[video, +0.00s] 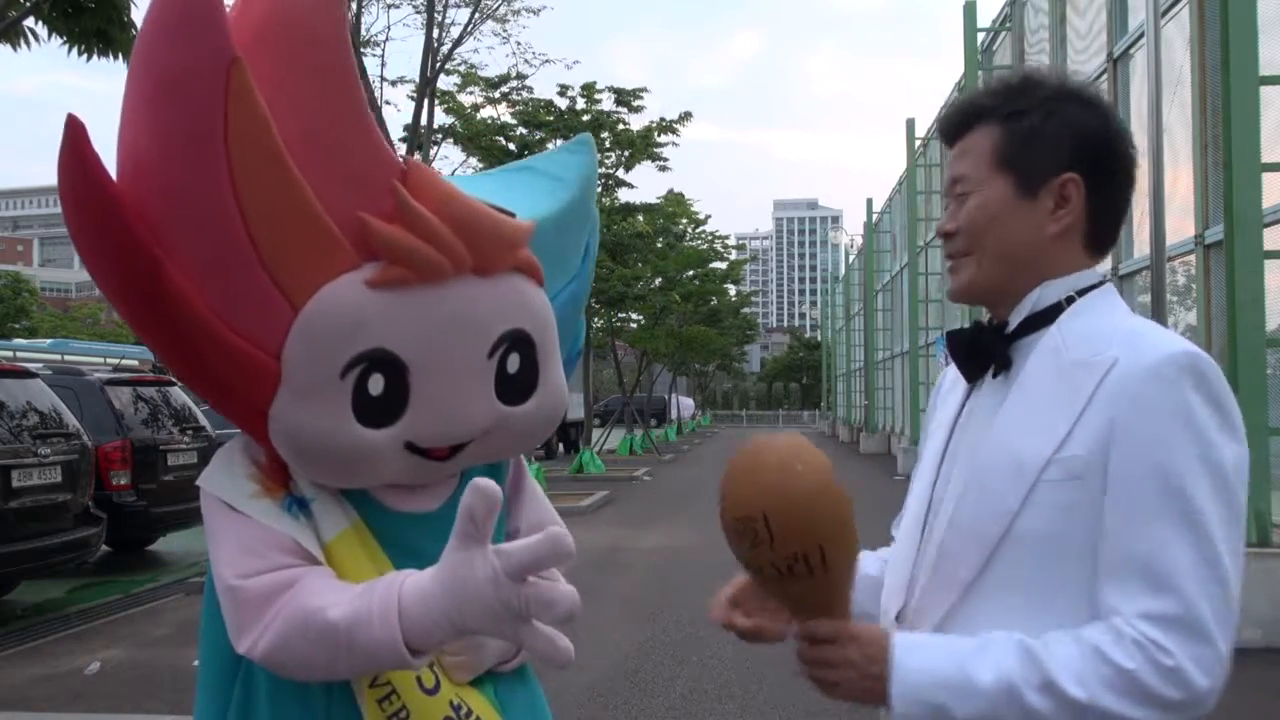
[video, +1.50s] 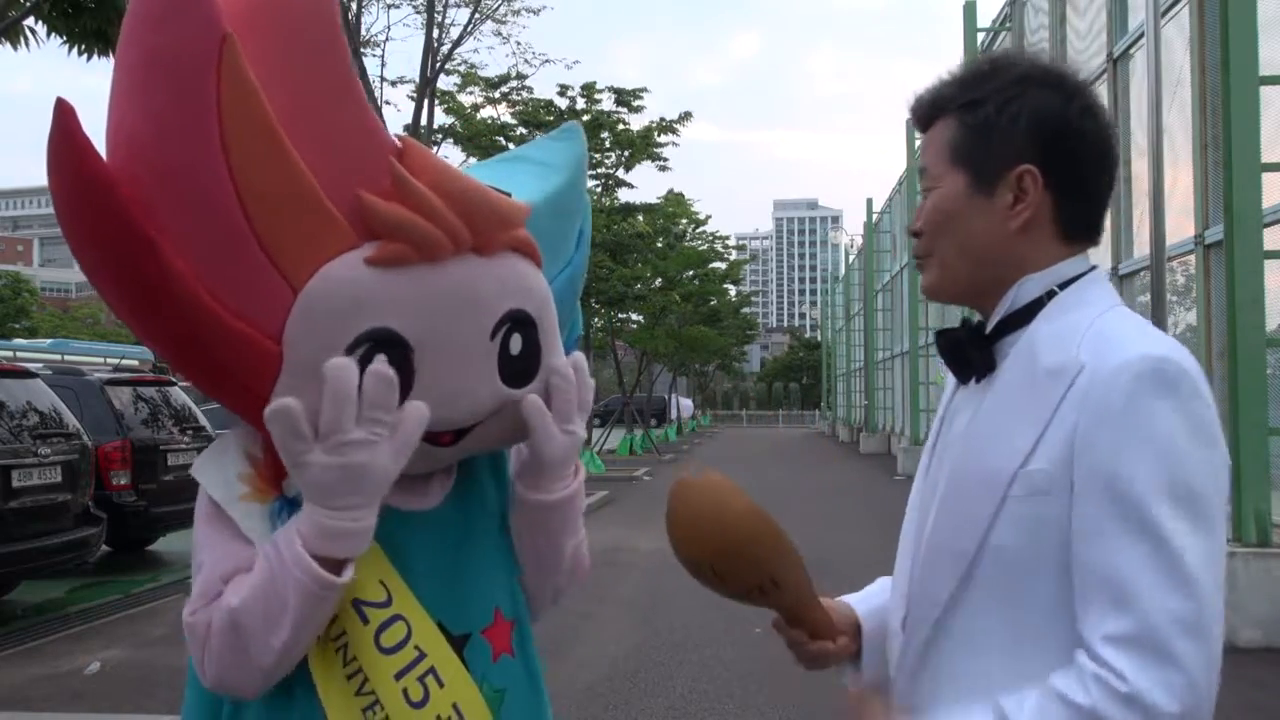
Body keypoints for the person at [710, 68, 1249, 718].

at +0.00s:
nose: (942, 225)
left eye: (962, 194)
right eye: (945, 201)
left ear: (1059, 203)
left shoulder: (1155, 375)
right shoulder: (965, 371)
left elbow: (1172, 665)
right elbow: (927, 572)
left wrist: (903, 672)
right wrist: (808, 592)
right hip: (915, 715)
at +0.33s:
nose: (970, 214)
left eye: (995, 183)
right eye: (980, 189)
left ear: (1089, 201)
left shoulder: (1149, 374)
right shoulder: (981, 372)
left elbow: (1098, 659)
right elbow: (930, 568)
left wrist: (848, 623)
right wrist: (822, 588)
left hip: (1008, 710)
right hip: (902, 702)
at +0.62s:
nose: (977, 206)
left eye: (1004, 176)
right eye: (990, 182)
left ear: (1093, 199)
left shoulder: (1152, 373)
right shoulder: (984, 374)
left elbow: (1091, 656)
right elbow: (941, 584)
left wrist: (846, 616)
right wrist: (830, 605)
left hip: (1007, 711)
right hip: (900, 703)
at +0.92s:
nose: (968, 204)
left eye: (992, 171)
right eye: (979, 176)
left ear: (1081, 190)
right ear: (1076, 193)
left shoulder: (1156, 365)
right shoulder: (991, 360)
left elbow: (1091, 652)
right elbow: (942, 579)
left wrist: (846, 606)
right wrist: (829, 595)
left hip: (1023, 711)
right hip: (911, 702)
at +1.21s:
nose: (937, 217)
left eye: (956, 179)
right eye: (945, 184)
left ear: (1050, 189)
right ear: (1043, 191)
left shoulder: (1159, 373)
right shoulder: (999, 360)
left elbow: (1112, 672)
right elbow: (962, 581)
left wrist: (863, 645)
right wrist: (847, 607)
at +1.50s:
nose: (914, 222)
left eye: (929, 186)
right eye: (920, 190)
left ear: (1019, 195)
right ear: (1019, 198)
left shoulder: (1136, 376)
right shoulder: (985, 364)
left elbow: (1151, 686)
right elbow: (959, 580)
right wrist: (855, 622)